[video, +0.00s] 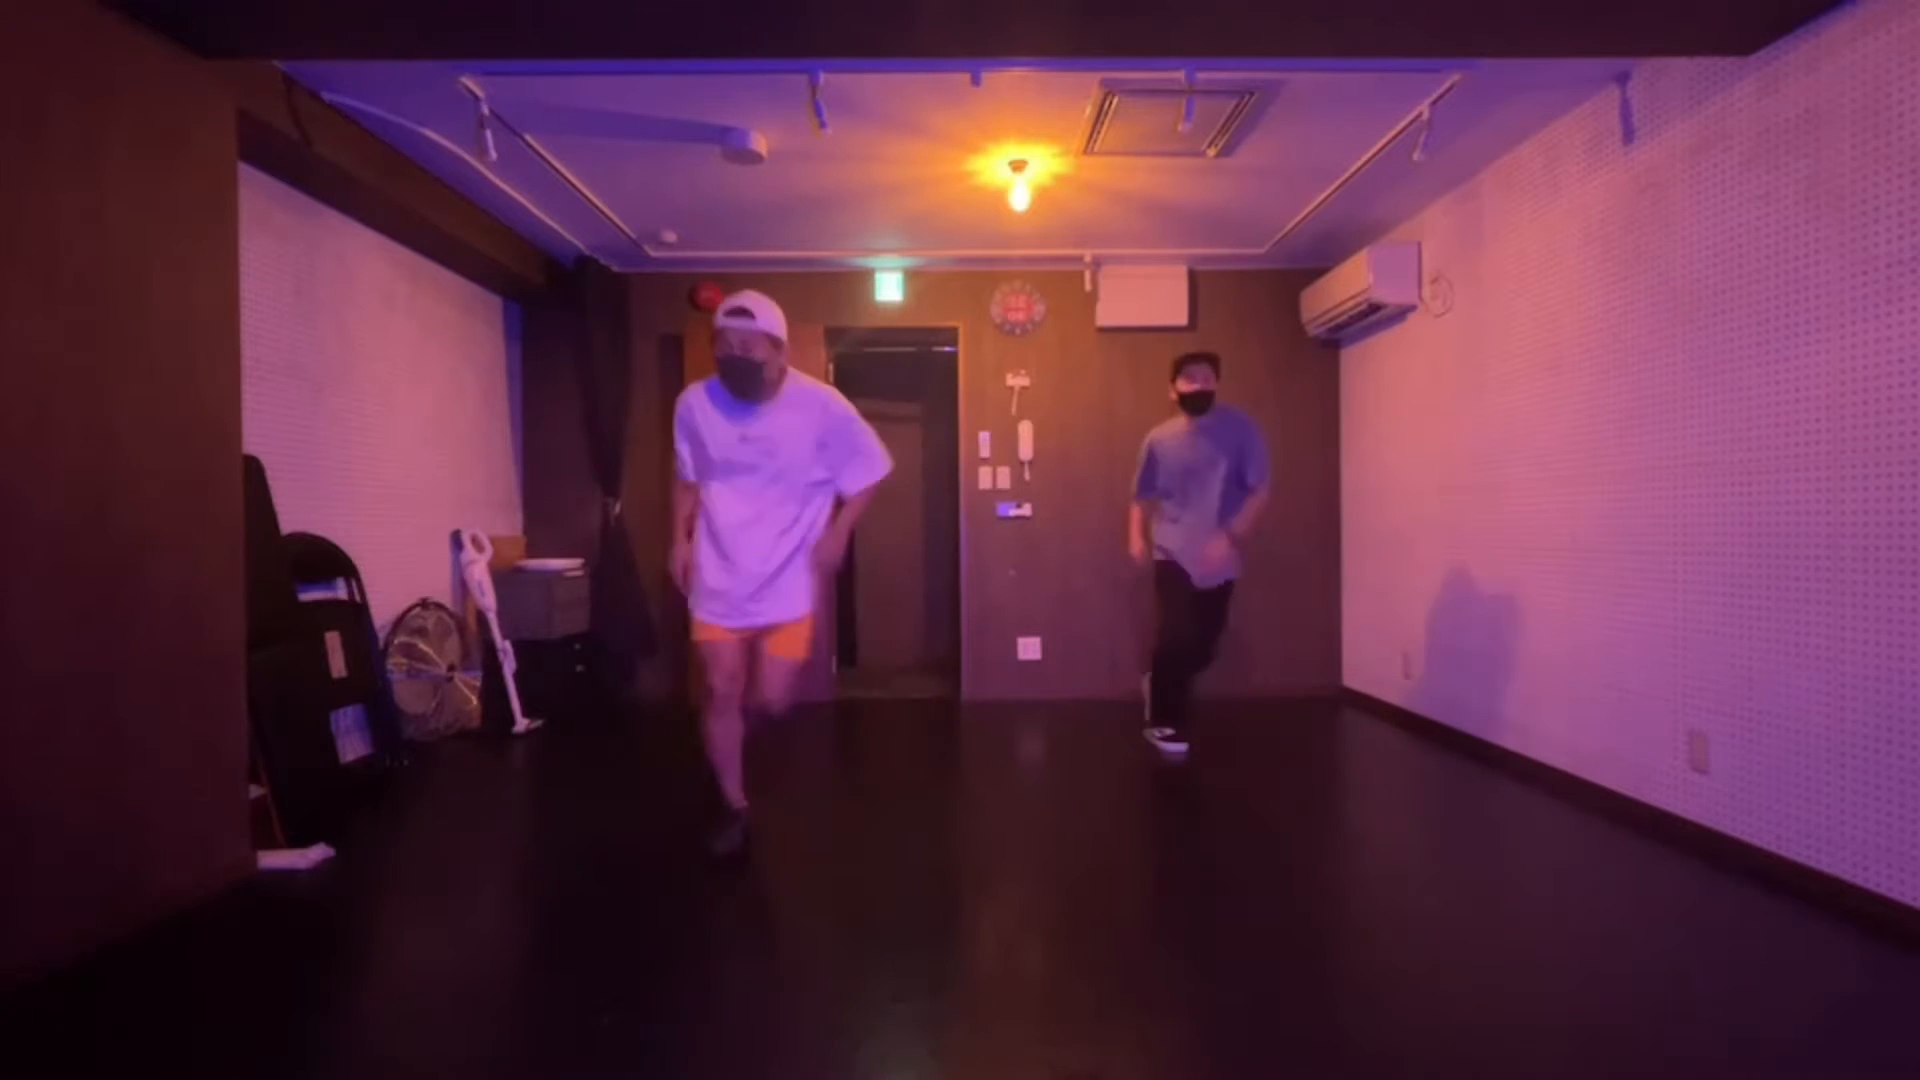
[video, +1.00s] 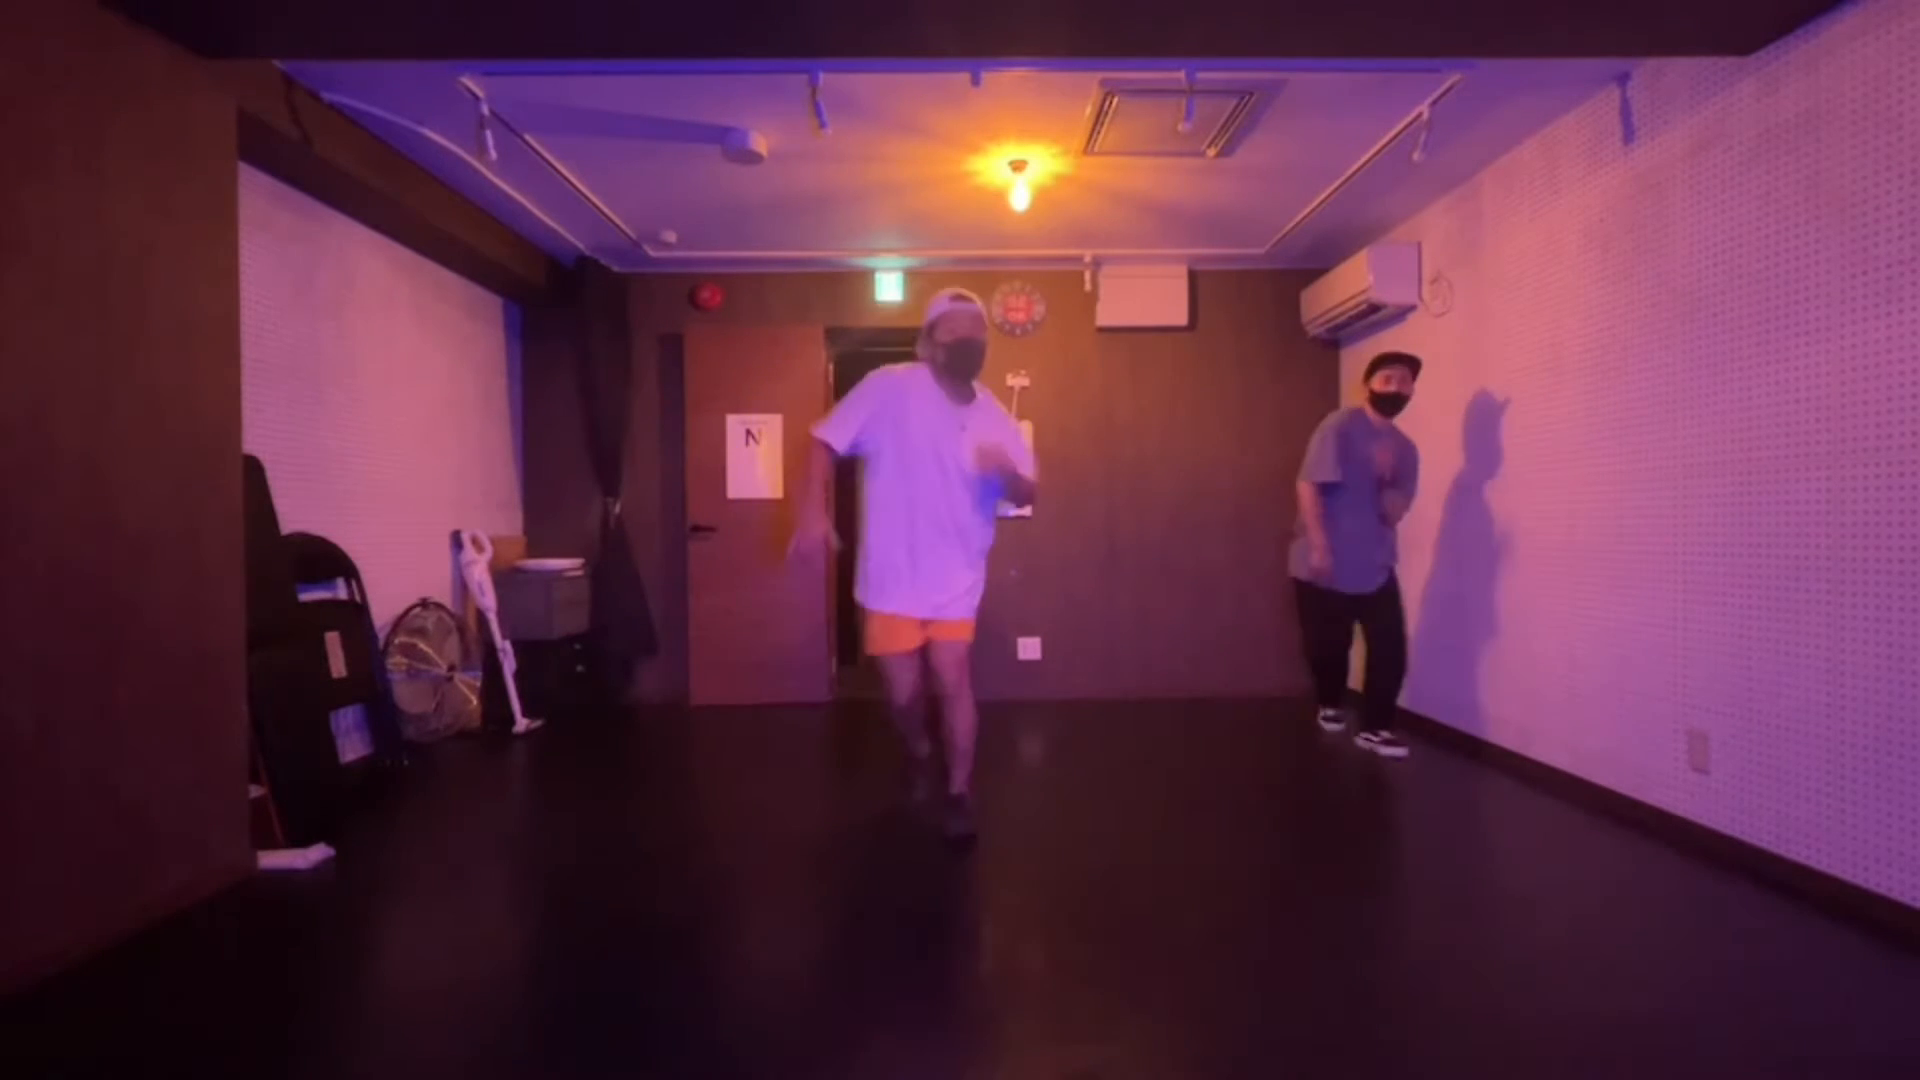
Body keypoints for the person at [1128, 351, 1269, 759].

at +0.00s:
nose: (1197, 387)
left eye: (1205, 379)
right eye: (1188, 379)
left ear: (1217, 385)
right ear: (1174, 387)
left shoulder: (1237, 429)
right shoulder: (1159, 438)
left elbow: (1259, 487)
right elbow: (1141, 494)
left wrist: (1234, 532)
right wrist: (1137, 537)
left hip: (1217, 551)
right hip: (1171, 549)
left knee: (1204, 646)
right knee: (1176, 637)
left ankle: (1158, 681)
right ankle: (1167, 724)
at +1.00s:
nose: (1396, 388)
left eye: (1405, 382)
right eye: (1388, 378)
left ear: (1411, 392)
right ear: (1368, 383)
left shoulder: (1404, 448)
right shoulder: (1338, 427)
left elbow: (1395, 511)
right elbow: (1307, 485)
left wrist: (1386, 475)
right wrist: (1318, 544)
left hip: (1373, 568)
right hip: (1326, 565)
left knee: (1389, 653)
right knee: (1327, 646)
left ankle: (1375, 726)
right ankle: (1329, 706)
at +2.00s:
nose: (1325, 360)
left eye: (1330, 352)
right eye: (1315, 352)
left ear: (1339, 353)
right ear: (1295, 356)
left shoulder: (1359, 386)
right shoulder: (1272, 401)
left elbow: (1400, 423)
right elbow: (1258, 458)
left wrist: (1389, 469)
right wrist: (1319, 466)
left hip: (1355, 539)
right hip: (1301, 543)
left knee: (1367, 633)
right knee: (1308, 642)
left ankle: (1374, 709)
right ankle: (1316, 731)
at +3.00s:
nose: (1235, 365)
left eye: (1242, 358)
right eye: (1225, 358)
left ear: (1255, 367)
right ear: (1210, 371)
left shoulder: (1279, 415)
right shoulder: (1197, 420)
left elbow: (1302, 470)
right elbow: (1163, 476)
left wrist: (1262, 499)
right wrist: (1169, 523)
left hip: (1266, 550)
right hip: (1214, 548)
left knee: (1267, 635)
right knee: (1210, 631)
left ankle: (1255, 717)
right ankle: (1199, 714)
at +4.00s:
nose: (1194, 344)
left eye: (1203, 336)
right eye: (1185, 336)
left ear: (1215, 346)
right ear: (1170, 347)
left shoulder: (1239, 402)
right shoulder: (1150, 406)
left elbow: (1262, 453)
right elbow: (1137, 467)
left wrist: (1256, 496)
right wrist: (1159, 513)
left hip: (1218, 549)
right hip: (1164, 548)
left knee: (1197, 642)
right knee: (1151, 635)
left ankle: (1178, 734)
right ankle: (1148, 708)